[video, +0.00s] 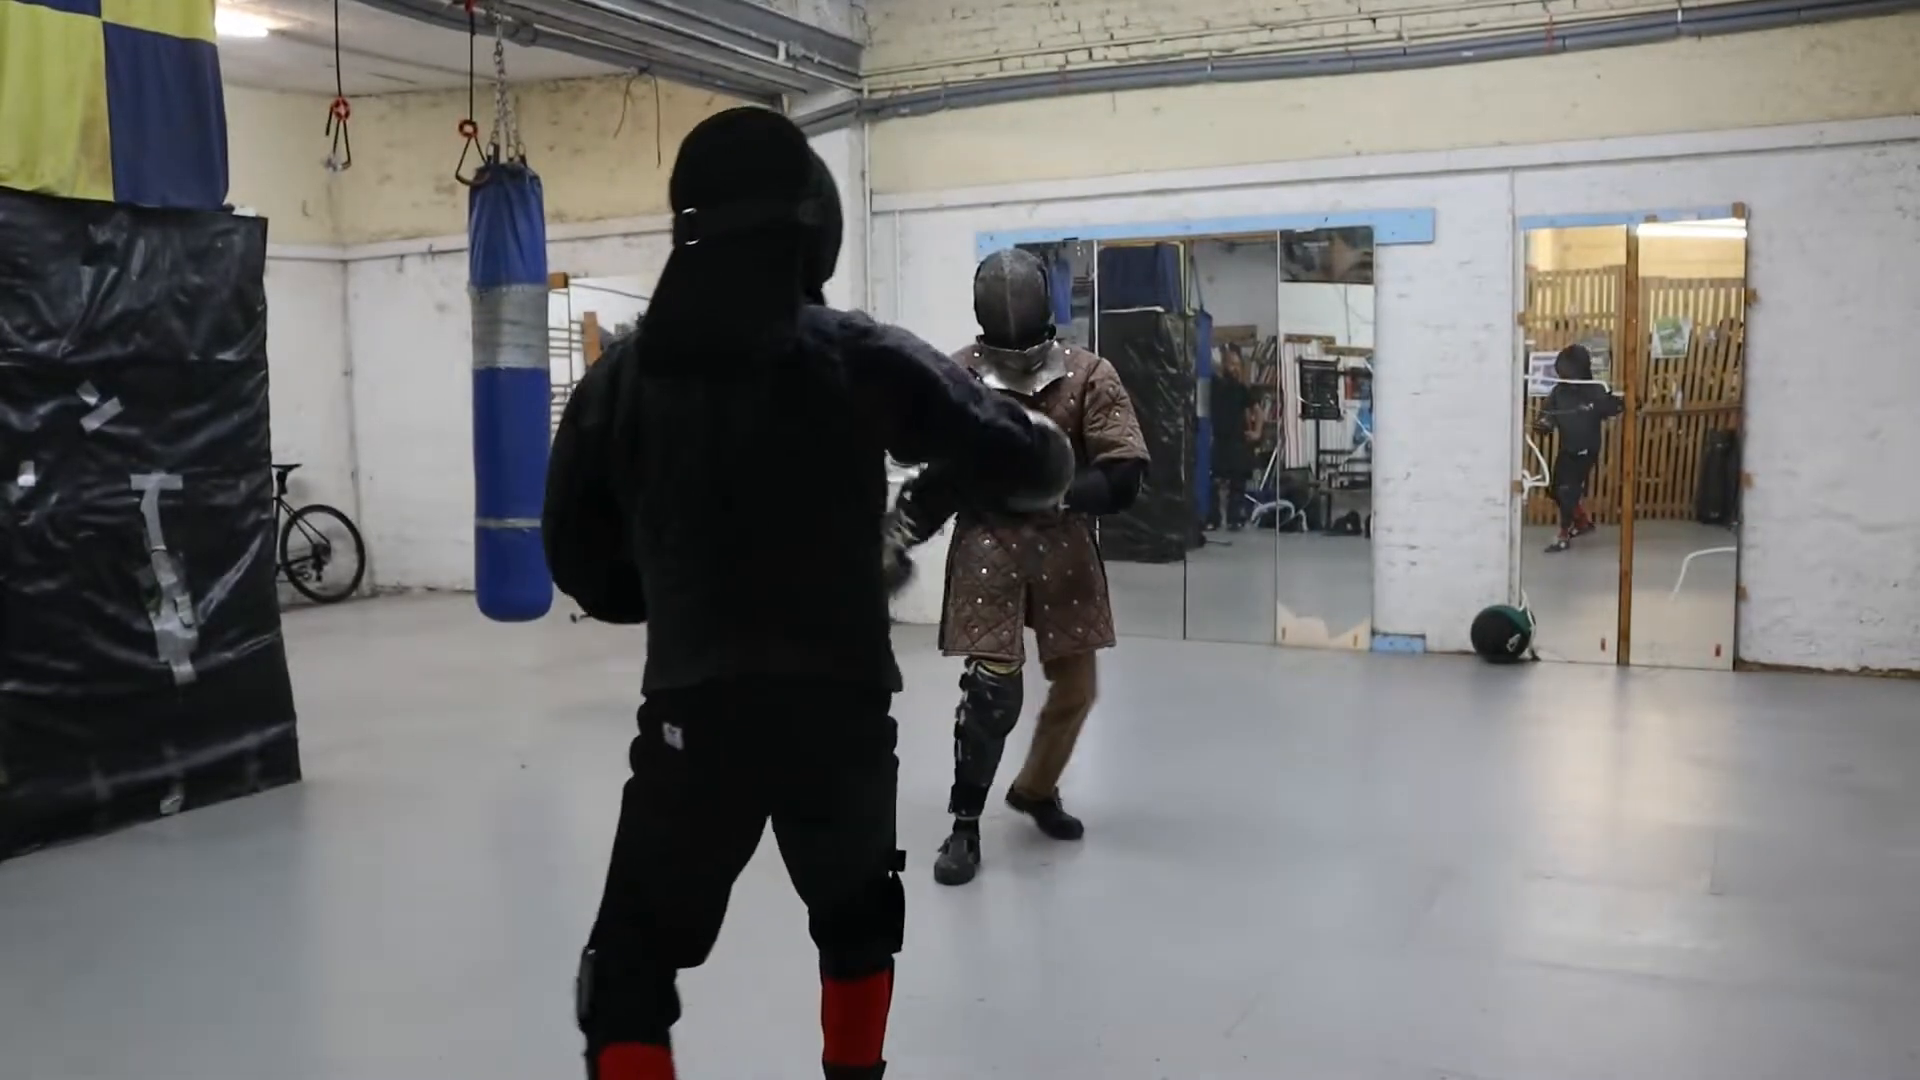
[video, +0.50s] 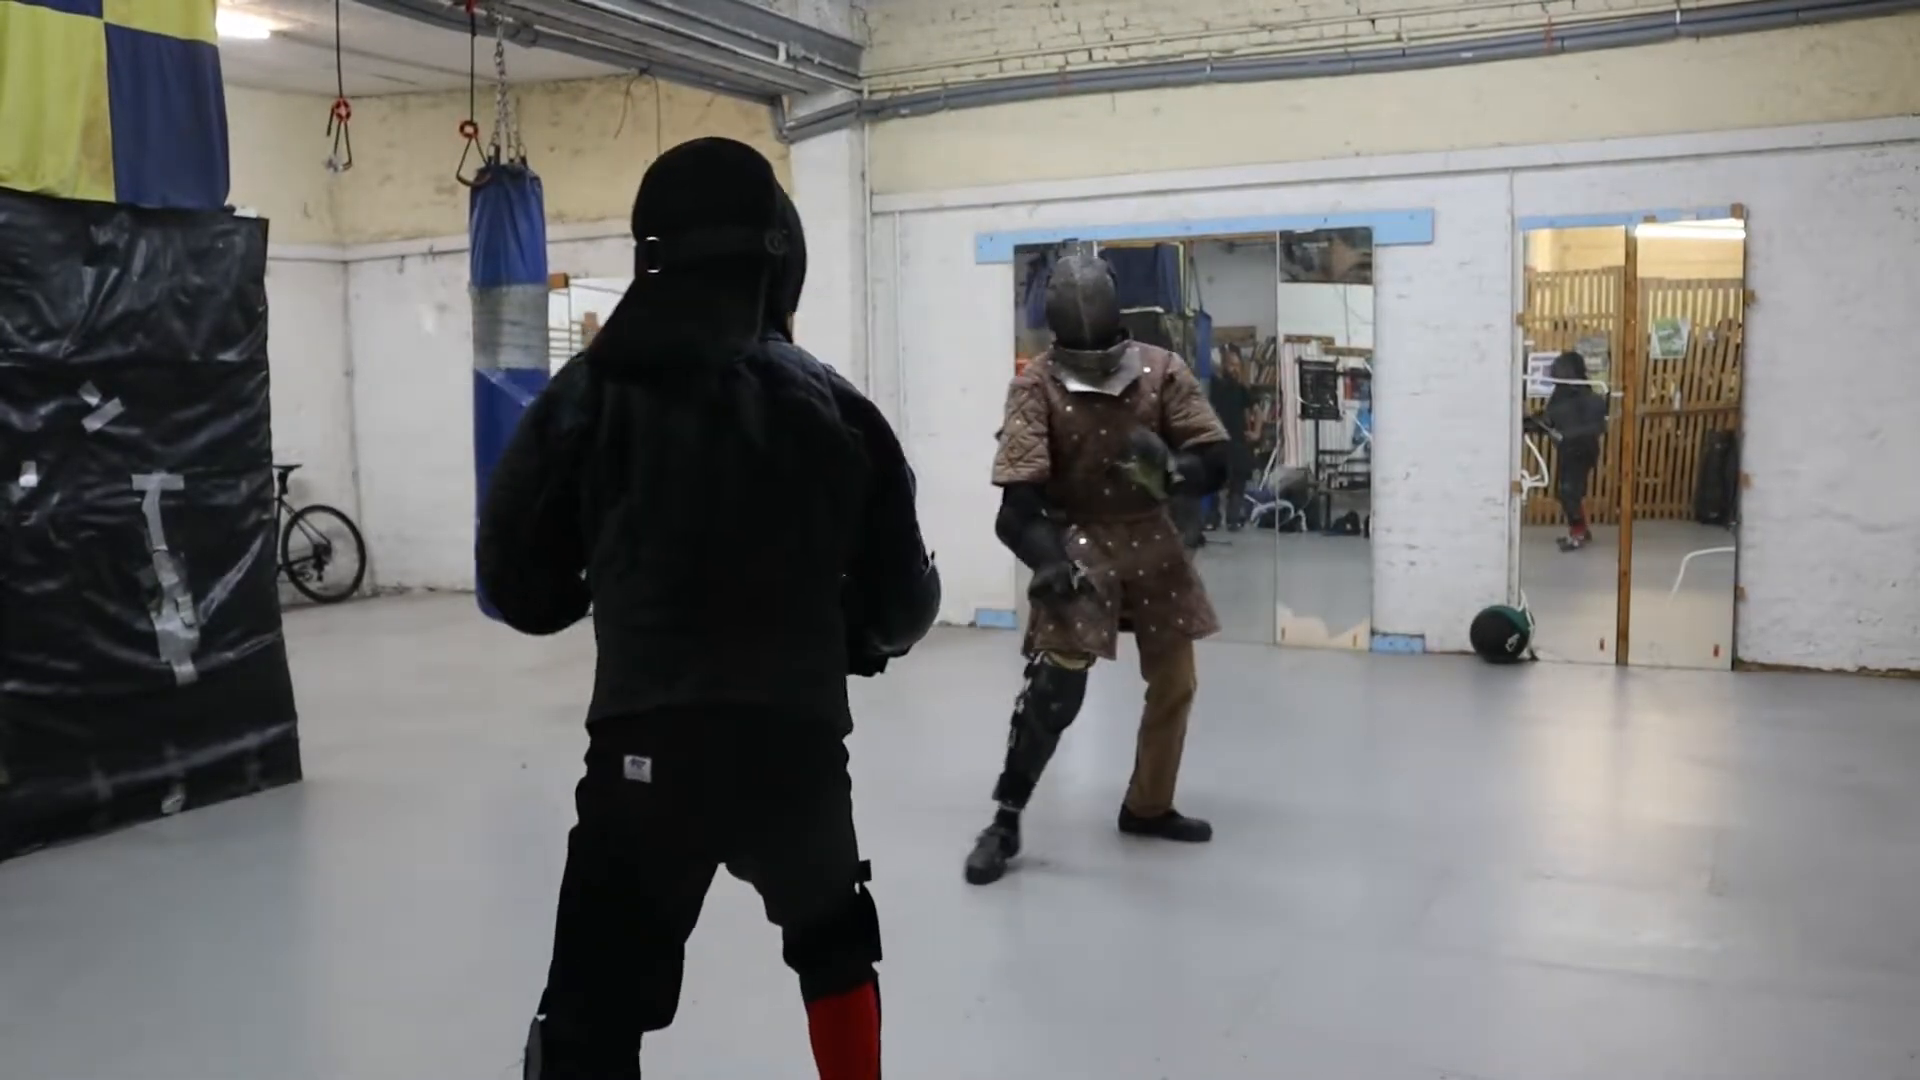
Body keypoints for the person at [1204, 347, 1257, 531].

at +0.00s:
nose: (1232, 368)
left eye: (1235, 364)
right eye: (1228, 363)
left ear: (1241, 365)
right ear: (1222, 364)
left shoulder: (1243, 388)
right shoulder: (1214, 385)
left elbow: (1257, 410)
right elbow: (1207, 409)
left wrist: (1256, 432)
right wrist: (1208, 430)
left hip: (1238, 438)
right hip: (1218, 437)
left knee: (1237, 480)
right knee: (1214, 479)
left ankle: (1234, 518)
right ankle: (1213, 517)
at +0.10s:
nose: (1232, 368)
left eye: (1235, 364)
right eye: (1228, 364)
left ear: (1240, 365)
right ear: (1222, 365)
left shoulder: (1243, 389)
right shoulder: (1214, 386)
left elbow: (1256, 411)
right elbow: (1207, 410)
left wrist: (1256, 432)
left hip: (1238, 438)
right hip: (1217, 437)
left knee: (1237, 480)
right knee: (1213, 479)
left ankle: (1234, 518)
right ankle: (1213, 517)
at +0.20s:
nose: (1233, 369)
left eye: (1236, 364)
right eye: (1229, 365)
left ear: (1241, 366)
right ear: (1222, 365)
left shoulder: (1244, 389)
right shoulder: (1214, 387)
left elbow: (1256, 411)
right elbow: (1207, 410)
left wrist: (1256, 432)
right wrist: (1208, 432)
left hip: (1238, 438)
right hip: (1217, 437)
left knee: (1237, 480)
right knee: (1213, 479)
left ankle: (1234, 518)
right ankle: (1213, 517)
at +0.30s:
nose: (1231, 368)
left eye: (1235, 364)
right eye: (1228, 364)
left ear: (1240, 366)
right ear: (1222, 365)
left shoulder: (1243, 389)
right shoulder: (1214, 386)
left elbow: (1256, 411)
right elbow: (1206, 411)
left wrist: (1256, 432)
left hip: (1238, 438)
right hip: (1217, 437)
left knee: (1237, 480)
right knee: (1213, 479)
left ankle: (1234, 518)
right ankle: (1212, 517)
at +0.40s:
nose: (1232, 368)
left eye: (1235, 364)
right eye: (1228, 364)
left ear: (1240, 365)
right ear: (1222, 365)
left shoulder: (1243, 389)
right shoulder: (1214, 387)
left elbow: (1256, 411)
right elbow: (1207, 411)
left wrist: (1256, 432)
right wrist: (1208, 430)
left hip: (1238, 437)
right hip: (1217, 437)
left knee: (1237, 480)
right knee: (1214, 479)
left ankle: (1234, 518)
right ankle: (1213, 517)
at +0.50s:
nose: (1232, 368)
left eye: (1235, 364)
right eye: (1228, 364)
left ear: (1240, 365)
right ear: (1222, 365)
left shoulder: (1243, 389)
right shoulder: (1215, 386)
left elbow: (1256, 411)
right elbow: (1208, 410)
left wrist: (1256, 432)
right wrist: (1210, 428)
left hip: (1239, 439)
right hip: (1217, 437)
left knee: (1237, 482)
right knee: (1214, 480)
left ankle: (1233, 519)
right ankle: (1212, 517)